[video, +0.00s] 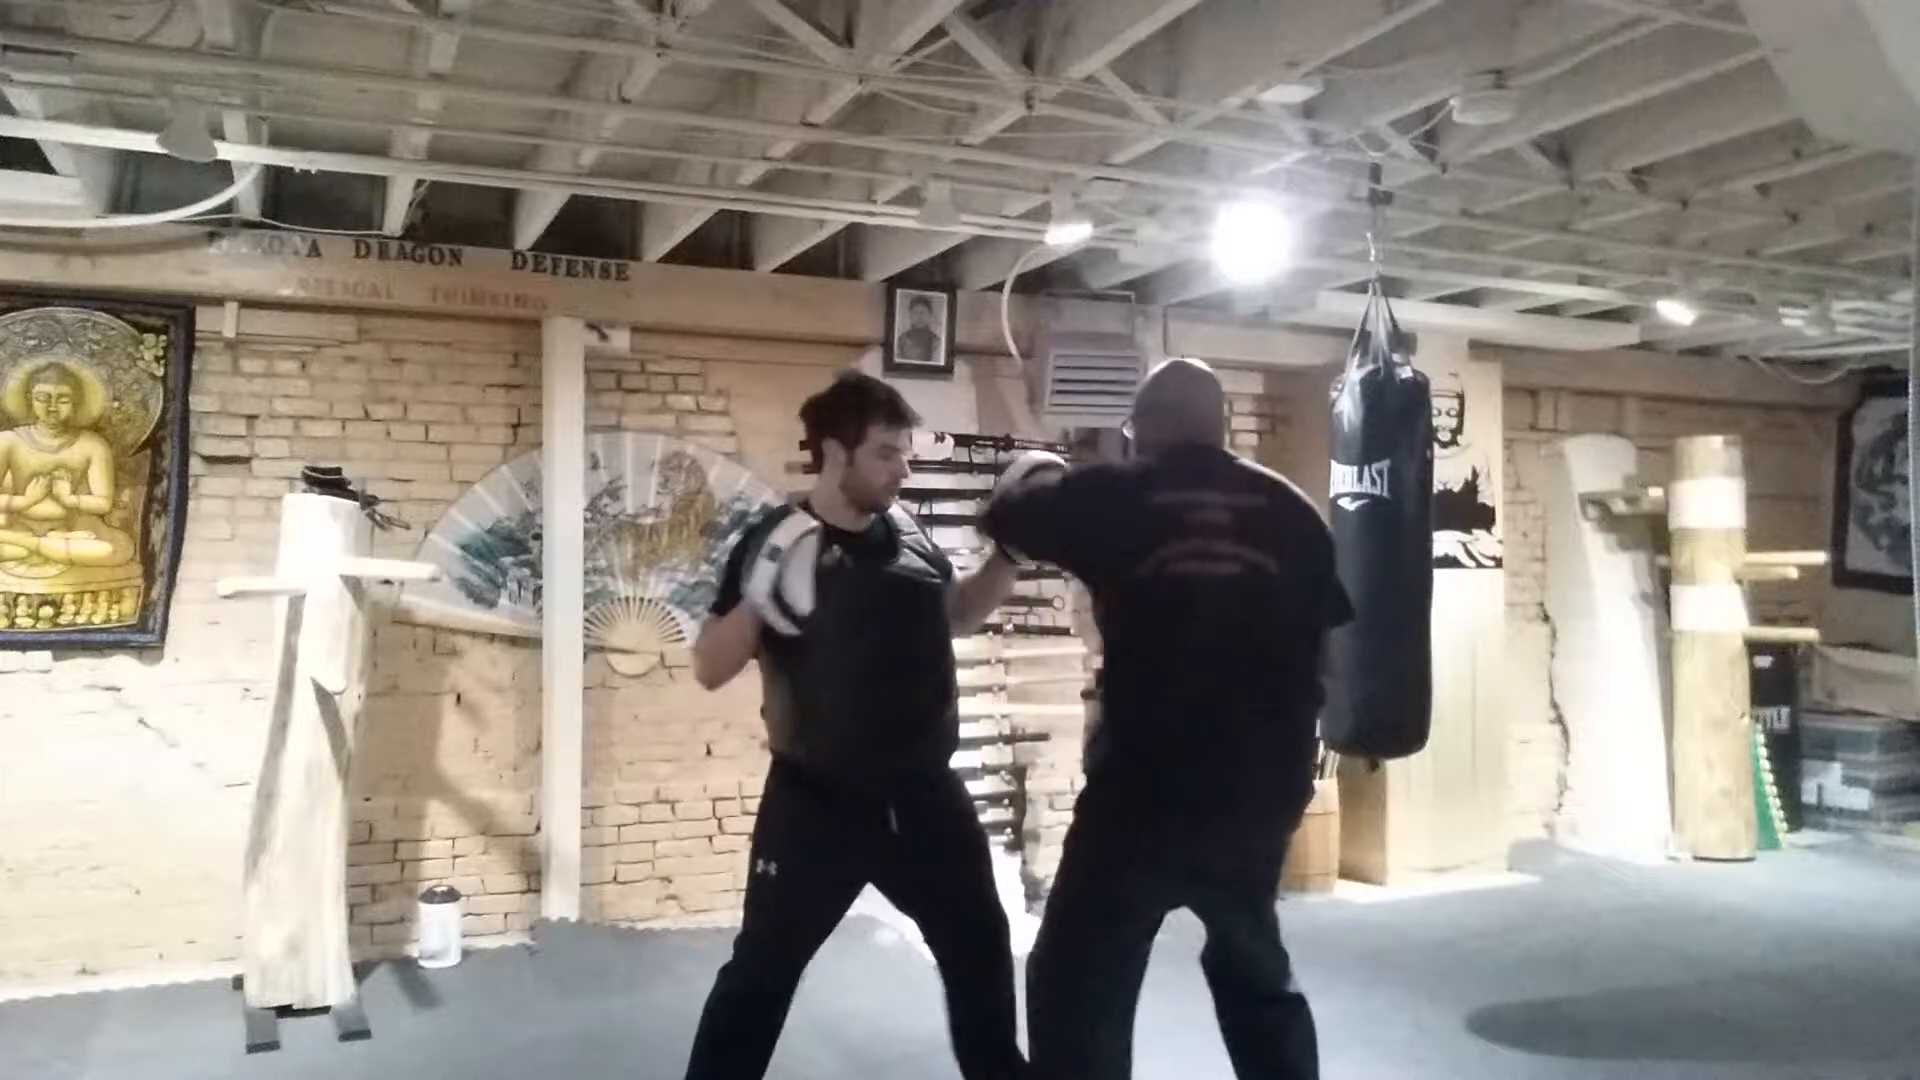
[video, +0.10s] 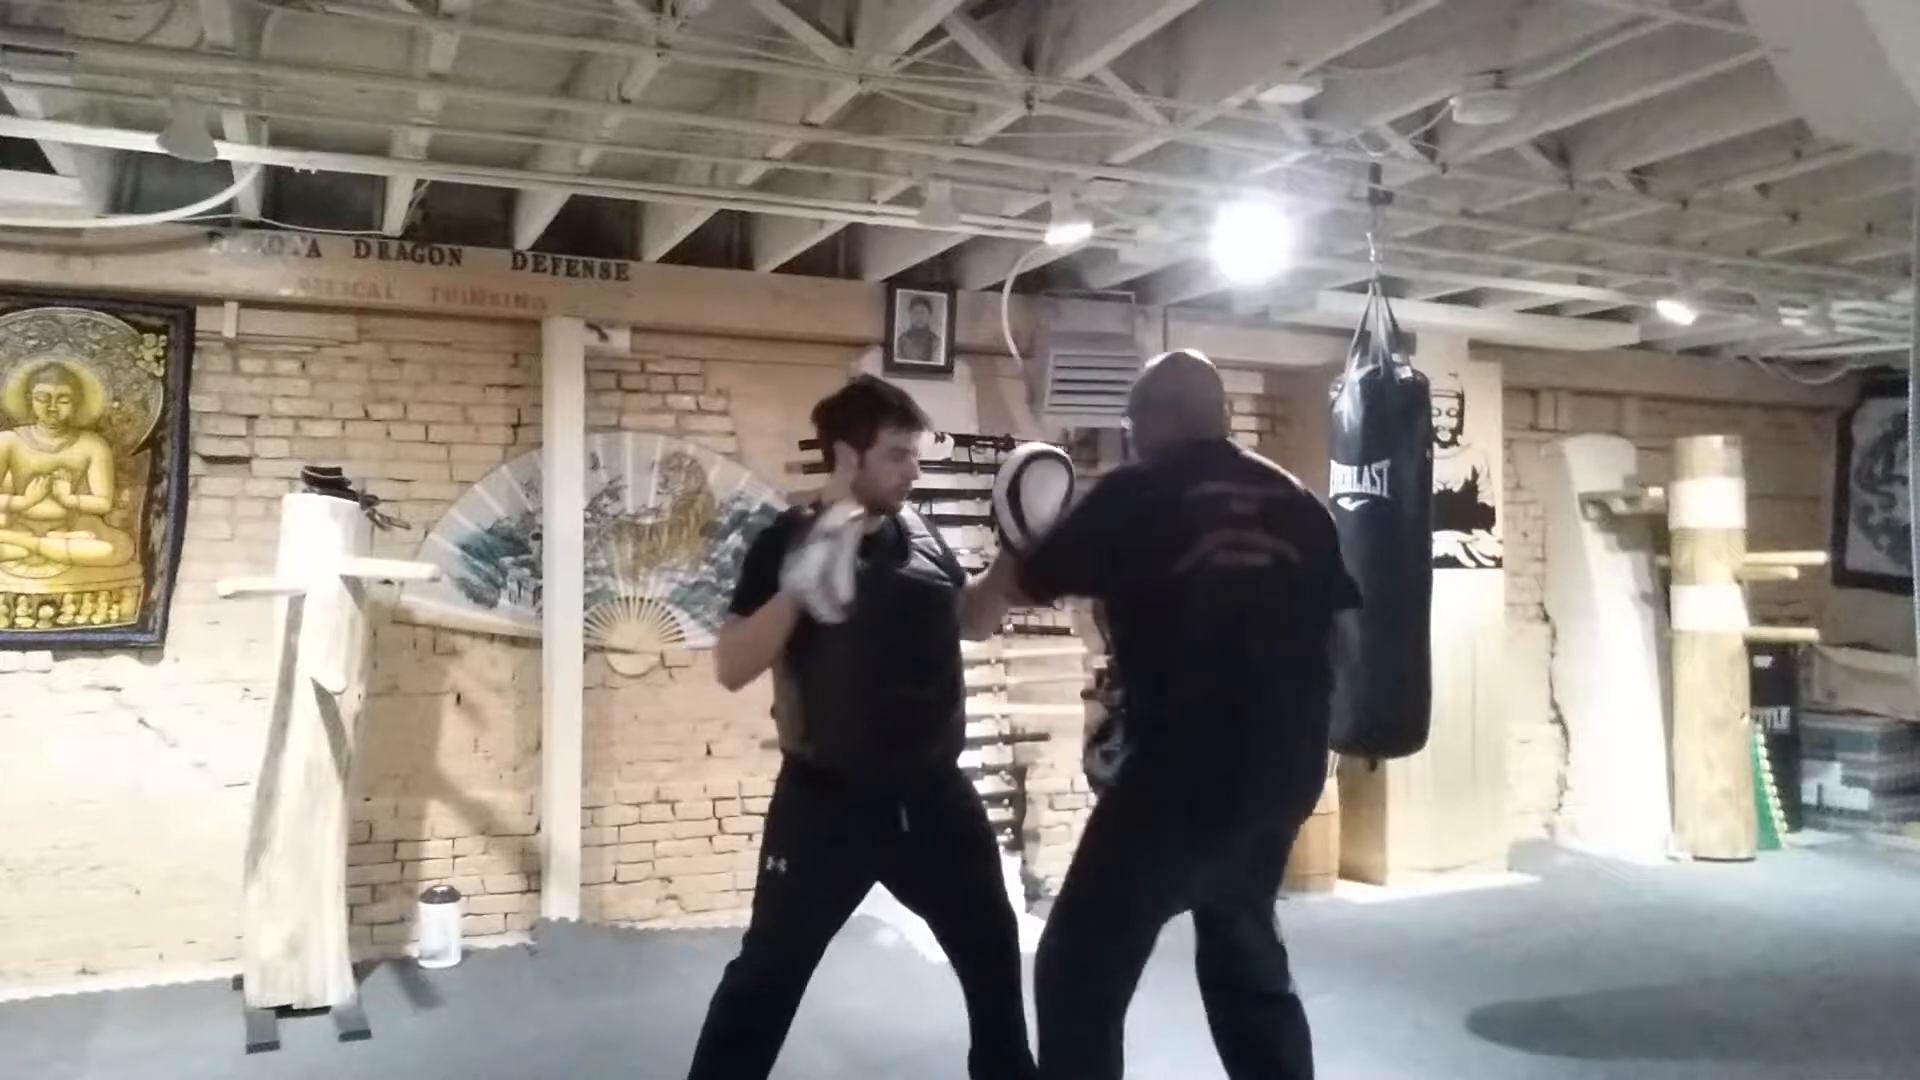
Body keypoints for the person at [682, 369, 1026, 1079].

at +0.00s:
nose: (904, 469)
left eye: (907, 453)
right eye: (887, 452)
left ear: (902, 455)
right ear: (833, 453)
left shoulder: (904, 533)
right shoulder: (772, 541)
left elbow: (959, 613)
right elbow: (711, 668)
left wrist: (1014, 539)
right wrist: (764, 586)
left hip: (922, 799)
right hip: (813, 803)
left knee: (981, 955)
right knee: (760, 976)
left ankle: (997, 1076)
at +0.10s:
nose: (914, 472)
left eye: (917, 456)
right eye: (899, 456)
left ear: (914, 455)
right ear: (846, 455)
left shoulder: (916, 536)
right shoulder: (788, 540)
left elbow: (972, 618)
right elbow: (732, 667)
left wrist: (1022, 550)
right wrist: (801, 586)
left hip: (931, 799)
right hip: (825, 802)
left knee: (994, 960)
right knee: (768, 976)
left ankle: (1006, 1078)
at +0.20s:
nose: (930, 460)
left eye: (934, 445)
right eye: (917, 442)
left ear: (926, 449)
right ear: (864, 443)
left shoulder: (925, 530)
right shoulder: (806, 529)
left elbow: (985, 616)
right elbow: (761, 645)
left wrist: (1016, 530)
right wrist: (849, 550)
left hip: (934, 790)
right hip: (831, 792)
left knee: (988, 952)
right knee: (768, 967)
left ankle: (1005, 1076)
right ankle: (713, 1079)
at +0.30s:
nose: (931, 470)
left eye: (939, 457)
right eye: (921, 453)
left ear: (942, 464)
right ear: (872, 448)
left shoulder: (935, 545)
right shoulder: (813, 523)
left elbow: (986, 611)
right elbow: (788, 621)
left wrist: (1010, 513)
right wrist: (881, 520)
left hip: (930, 790)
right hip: (827, 789)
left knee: (979, 955)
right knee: (763, 962)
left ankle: (999, 1074)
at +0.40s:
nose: (920, 488)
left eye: (930, 475)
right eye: (915, 470)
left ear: (930, 481)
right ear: (871, 459)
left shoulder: (916, 551)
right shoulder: (806, 524)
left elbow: (973, 614)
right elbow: (814, 609)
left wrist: (991, 520)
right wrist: (905, 516)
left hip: (915, 793)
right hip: (817, 795)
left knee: (979, 960)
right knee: (759, 972)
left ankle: (1000, 1076)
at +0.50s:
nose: (918, 518)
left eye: (926, 506)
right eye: (911, 499)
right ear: (861, 477)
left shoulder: (897, 558)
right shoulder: (788, 542)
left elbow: (925, 646)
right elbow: (813, 640)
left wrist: (960, 568)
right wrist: (901, 553)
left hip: (895, 804)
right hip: (799, 811)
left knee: (975, 950)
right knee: (746, 988)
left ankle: (1003, 1077)